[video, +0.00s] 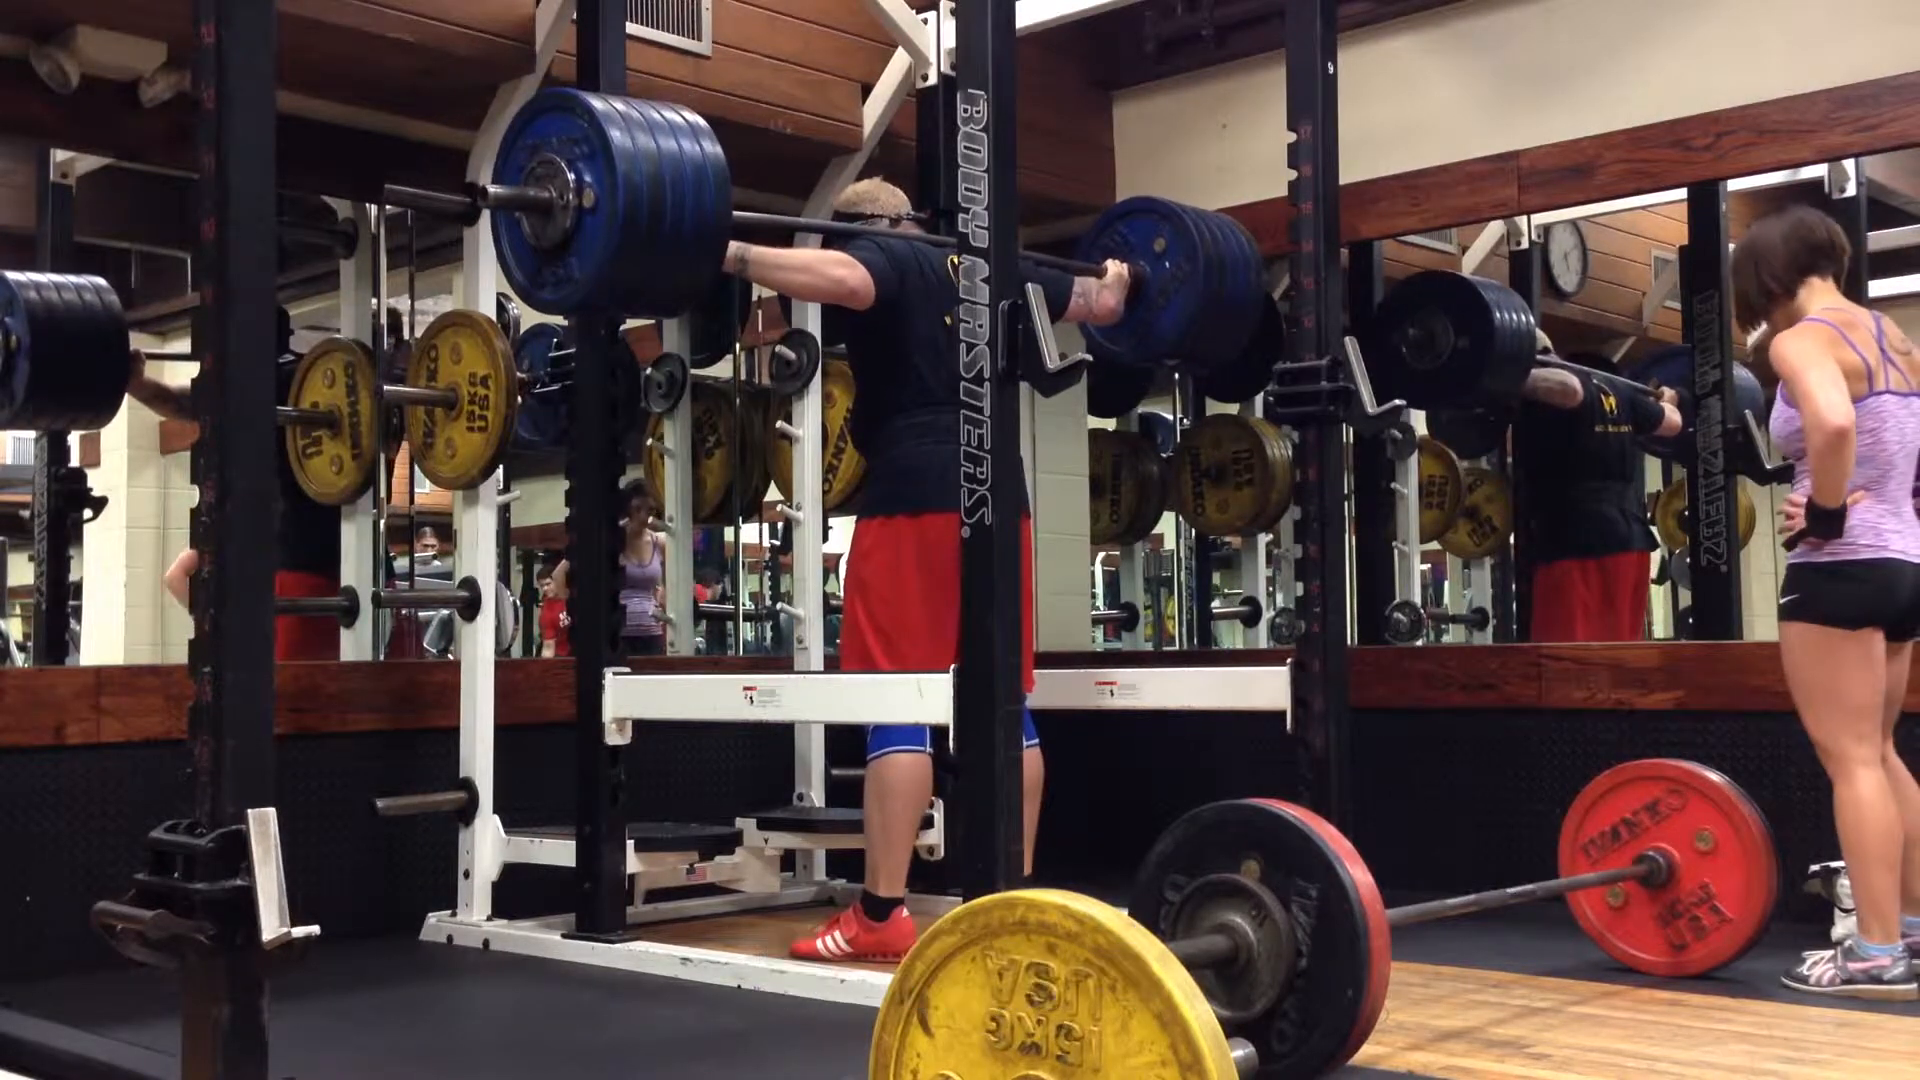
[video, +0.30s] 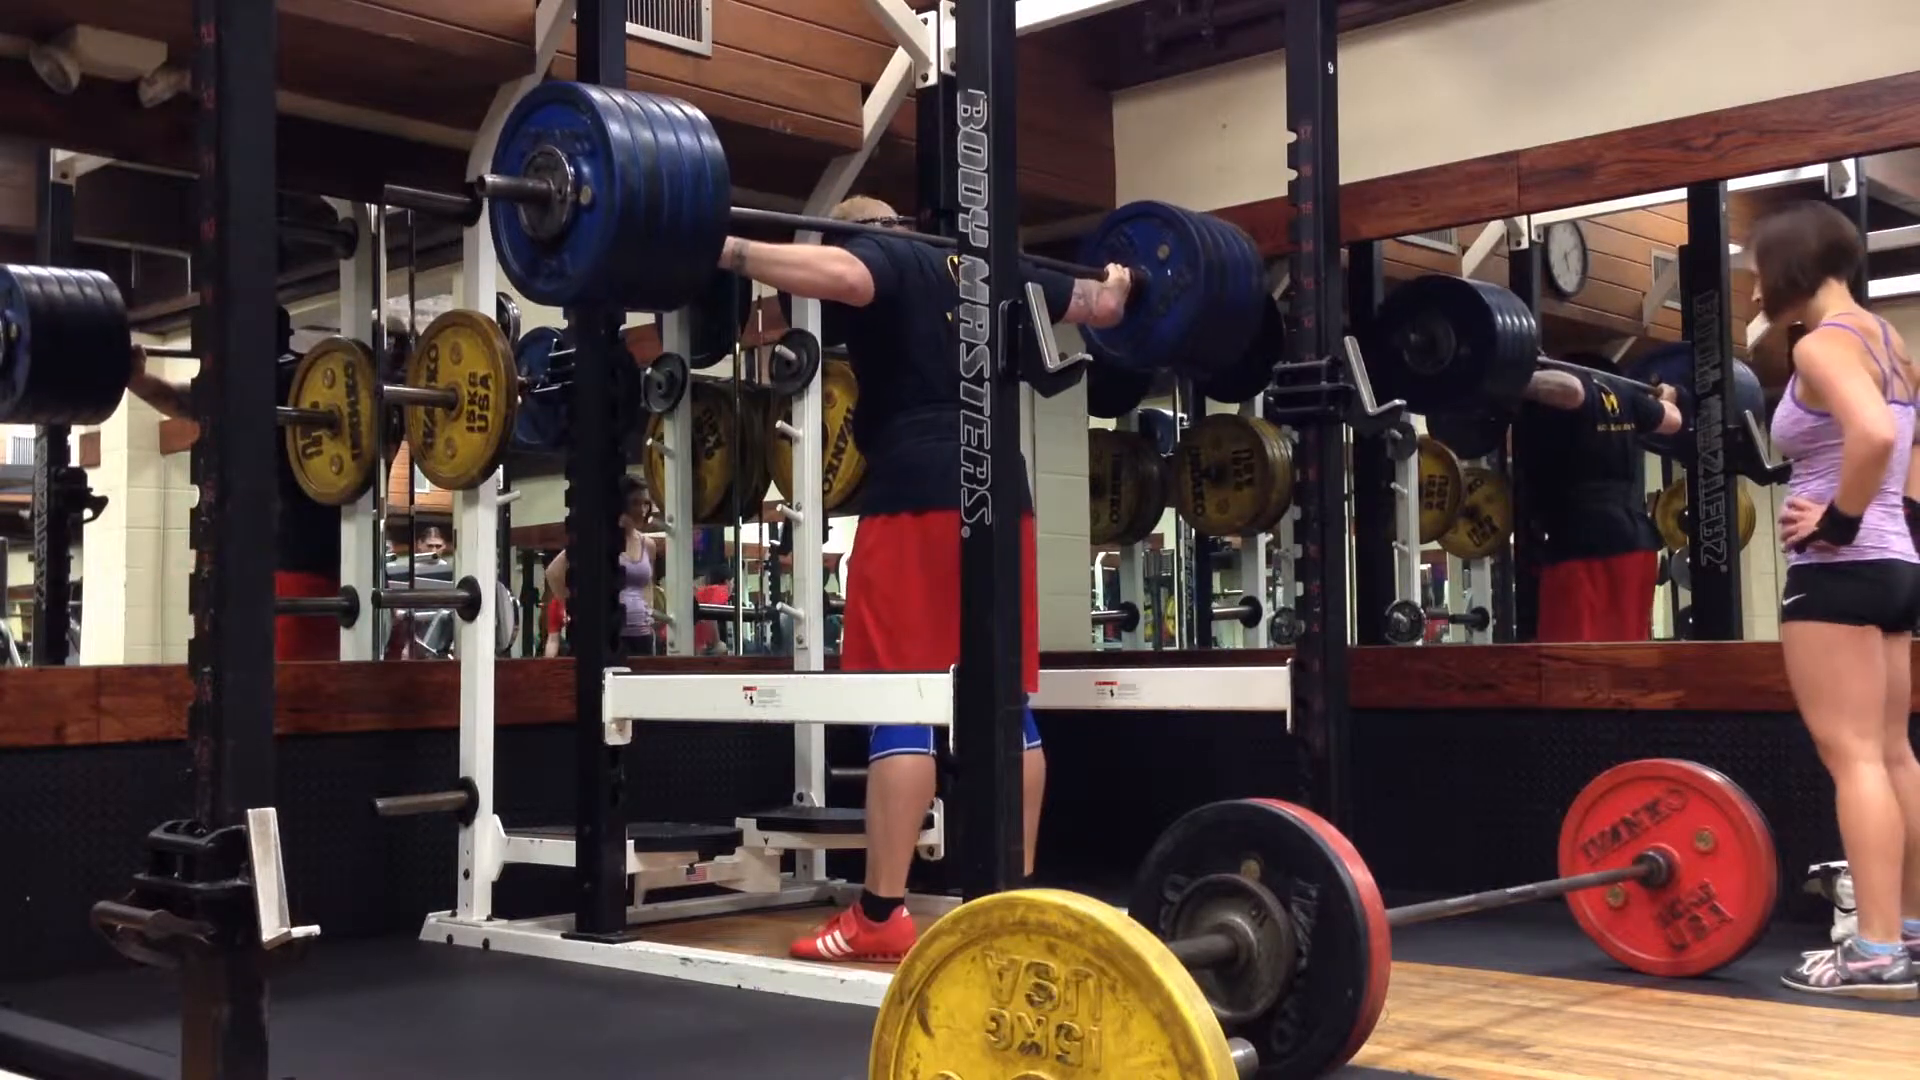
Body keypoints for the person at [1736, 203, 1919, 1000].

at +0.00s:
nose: (1754, 297)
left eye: (1754, 283)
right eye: (1752, 283)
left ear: (1770, 276)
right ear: (1833, 263)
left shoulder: (1798, 339)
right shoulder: (1884, 330)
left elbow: (1834, 422)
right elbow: (1896, 440)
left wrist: (1826, 517)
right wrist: (1826, 498)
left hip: (1840, 569)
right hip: (1900, 566)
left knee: (1852, 758)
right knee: (1876, 749)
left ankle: (1877, 945)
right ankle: (1905, 924)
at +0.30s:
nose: (1755, 283)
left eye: (1758, 267)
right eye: (1753, 267)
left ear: (1786, 268)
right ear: (1842, 260)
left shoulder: (1821, 344)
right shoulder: (1880, 337)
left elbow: (1874, 434)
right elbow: (1903, 466)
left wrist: (1839, 519)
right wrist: (1833, 501)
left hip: (1837, 574)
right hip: (1891, 568)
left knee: (1853, 758)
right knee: (1892, 751)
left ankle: (1877, 944)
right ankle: (1903, 924)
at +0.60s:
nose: (1768, 286)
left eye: (1773, 271)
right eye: (1767, 271)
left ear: (1799, 273)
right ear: (1853, 266)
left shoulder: (1835, 348)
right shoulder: (1884, 340)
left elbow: (1889, 438)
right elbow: (1905, 458)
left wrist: (1849, 524)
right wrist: (1855, 510)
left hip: (1848, 576)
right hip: (1895, 571)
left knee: (1858, 755)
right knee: (1896, 748)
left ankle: (1877, 942)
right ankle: (1906, 923)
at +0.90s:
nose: (1775, 287)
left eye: (1781, 273)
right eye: (1774, 272)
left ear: (1812, 274)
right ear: (1855, 270)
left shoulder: (1844, 348)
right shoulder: (1885, 338)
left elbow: (1897, 433)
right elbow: (1885, 441)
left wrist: (1861, 524)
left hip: (1854, 577)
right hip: (1896, 572)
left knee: (1859, 753)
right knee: (1898, 747)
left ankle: (1880, 940)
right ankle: (1899, 924)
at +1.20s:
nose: (1775, 290)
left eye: (1783, 275)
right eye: (1774, 275)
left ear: (1823, 271)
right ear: (1850, 270)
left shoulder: (1845, 345)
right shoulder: (1883, 339)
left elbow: (1898, 431)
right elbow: (1889, 442)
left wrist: (1860, 524)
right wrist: (1837, 510)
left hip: (1852, 577)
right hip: (1893, 572)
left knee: (1861, 754)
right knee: (1898, 750)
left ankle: (1883, 941)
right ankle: (1898, 928)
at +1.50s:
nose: (1774, 289)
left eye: (1781, 274)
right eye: (1773, 274)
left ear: (1820, 270)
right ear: (1849, 270)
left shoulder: (1842, 344)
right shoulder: (1882, 339)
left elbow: (1894, 430)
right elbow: (1890, 440)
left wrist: (1852, 522)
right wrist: (1838, 508)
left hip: (1850, 577)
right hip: (1892, 572)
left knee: (1859, 756)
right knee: (1896, 749)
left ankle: (1883, 942)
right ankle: (1897, 930)